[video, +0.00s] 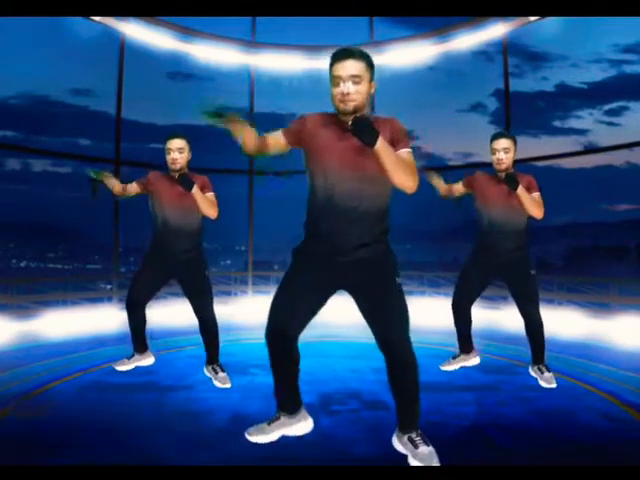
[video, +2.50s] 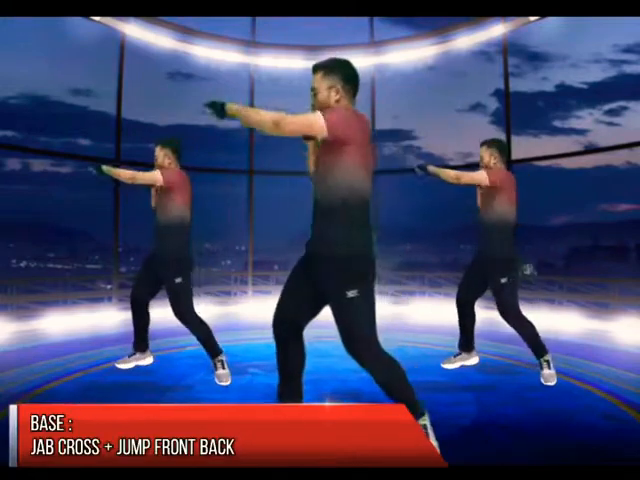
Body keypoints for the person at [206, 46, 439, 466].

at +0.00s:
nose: (345, 89)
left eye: (355, 80)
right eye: (338, 81)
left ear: (371, 85)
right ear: (330, 86)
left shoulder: (389, 130)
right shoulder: (310, 126)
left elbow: (409, 182)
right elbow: (260, 145)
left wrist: (374, 141)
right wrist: (237, 125)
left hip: (370, 258)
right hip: (317, 256)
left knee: (398, 347)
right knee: (280, 331)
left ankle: (409, 433)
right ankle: (291, 413)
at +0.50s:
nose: (296, 99)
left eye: (300, 92)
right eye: (296, 94)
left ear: (321, 92)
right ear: (324, 94)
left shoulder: (333, 119)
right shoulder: (328, 131)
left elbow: (274, 126)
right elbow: (304, 180)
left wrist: (242, 119)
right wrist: (298, 140)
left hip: (343, 259)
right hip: (319, 258)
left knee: (373, 345)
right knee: (277, 326)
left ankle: (443, 419)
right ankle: (291, 415)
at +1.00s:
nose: (318, 97)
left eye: (325, 89)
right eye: (314, 90)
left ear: (350, 89)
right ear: (313, 93)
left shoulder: (381, 129)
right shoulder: (312, 140)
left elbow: (400, 180)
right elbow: (286, 186)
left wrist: (358, 140)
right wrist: (277, 145)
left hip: (372, 259)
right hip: (321, 260)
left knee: (400, 345)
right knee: (287, 330)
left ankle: (408, 423)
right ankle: (293, 415)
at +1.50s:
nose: (333, 81)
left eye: (341, 73)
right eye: (326, 74)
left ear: (357, 76)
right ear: (318, 80)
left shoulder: (378, 117)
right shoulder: (305, 127)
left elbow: (400, 161)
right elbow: (272, 164)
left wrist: (361, 120)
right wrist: (269, 122)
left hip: (365, 246)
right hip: (314, 246)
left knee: (392, 336)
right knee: (285, 324)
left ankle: (409, 423)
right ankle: (278, 405)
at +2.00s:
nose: (333, 93)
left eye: (341, 85)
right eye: (330, 87)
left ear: (366, 88)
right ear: (327, 92)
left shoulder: (393, 129)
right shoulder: (322, 139)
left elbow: (410, 179)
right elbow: (297, 181)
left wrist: (369, 136)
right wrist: (289, 149)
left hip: (379, 258)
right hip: (327, 258)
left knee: (402, 347)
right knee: (288, 330)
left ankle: (405, 422)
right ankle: (277, 408)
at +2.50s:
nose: (313, 98)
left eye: (317, 91)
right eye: (313, 92)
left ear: (338, 90)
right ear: (339, 92)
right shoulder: (340, 126)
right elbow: (317, 173)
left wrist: (232, 109)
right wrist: (312, 133)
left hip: (348, 257)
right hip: (322, 255)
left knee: (362, 346)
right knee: (286, 324)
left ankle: (418, 416)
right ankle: (289, 410)